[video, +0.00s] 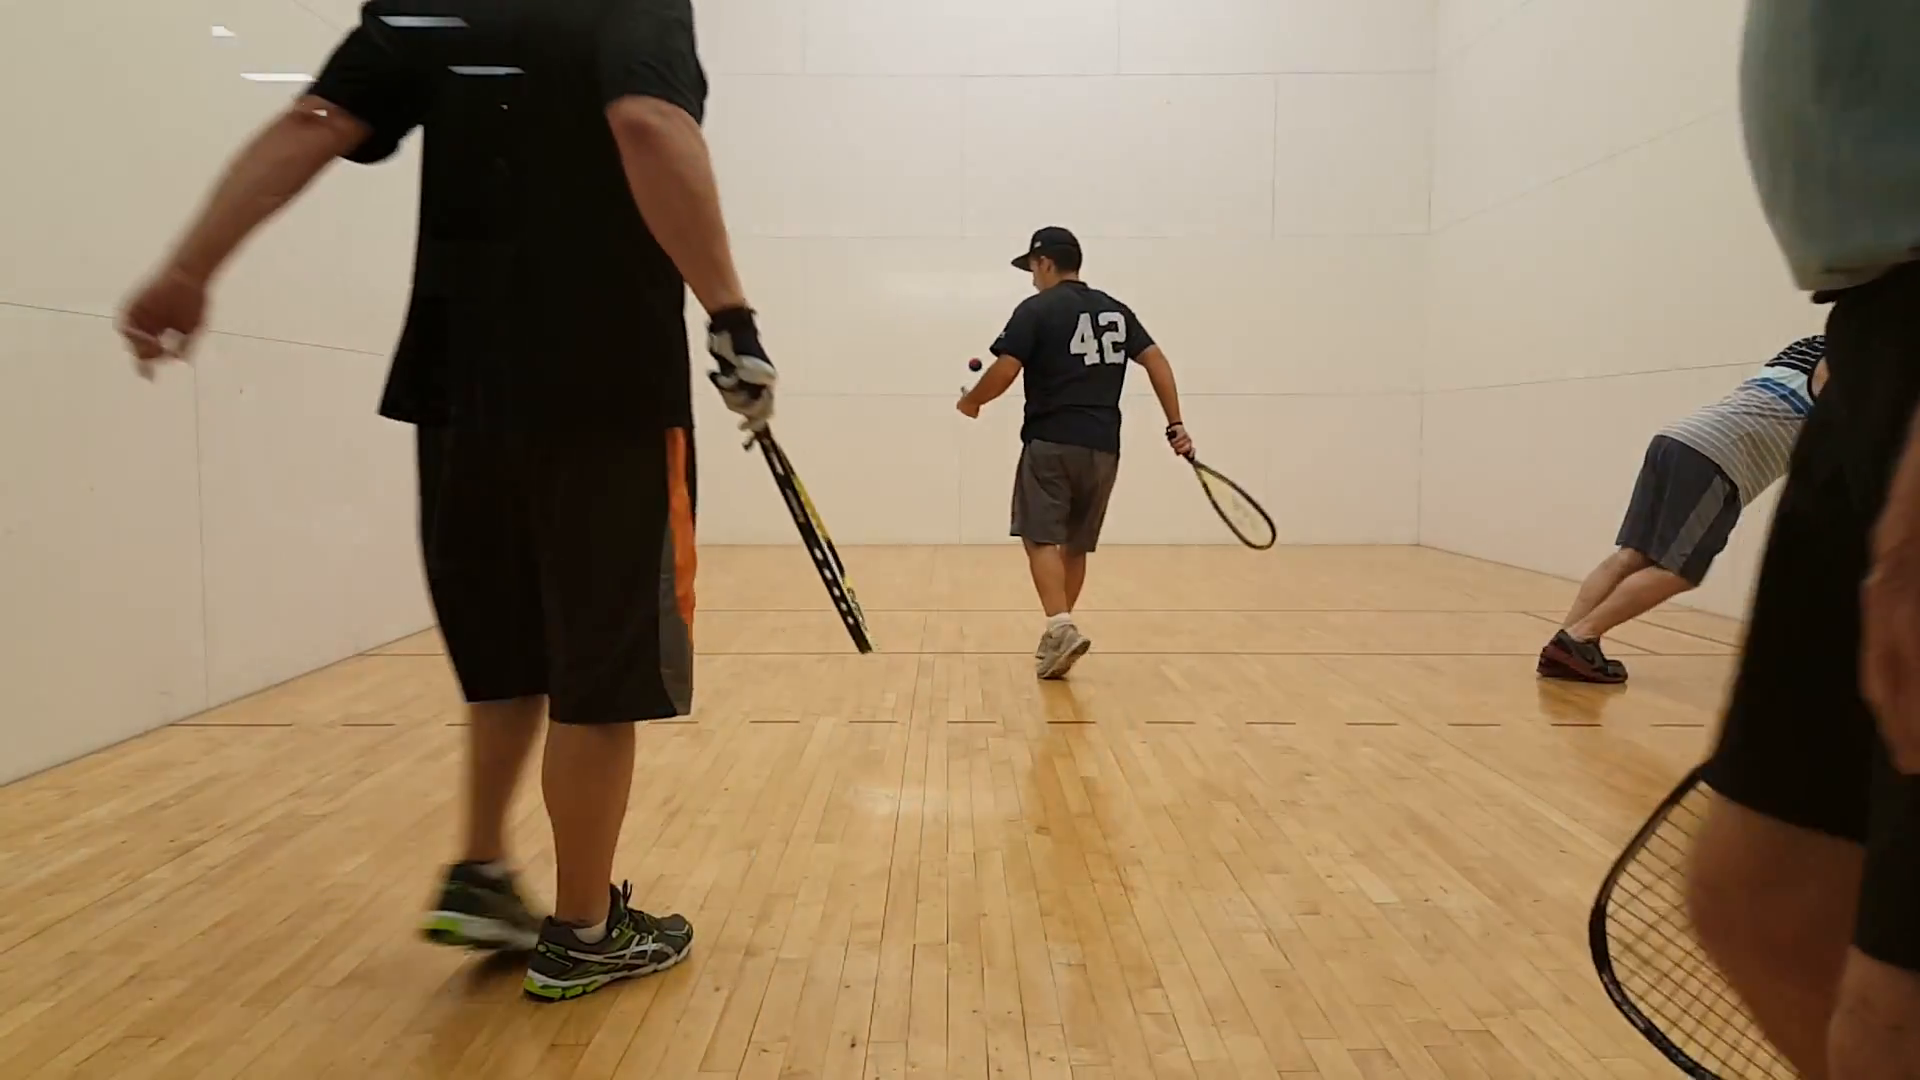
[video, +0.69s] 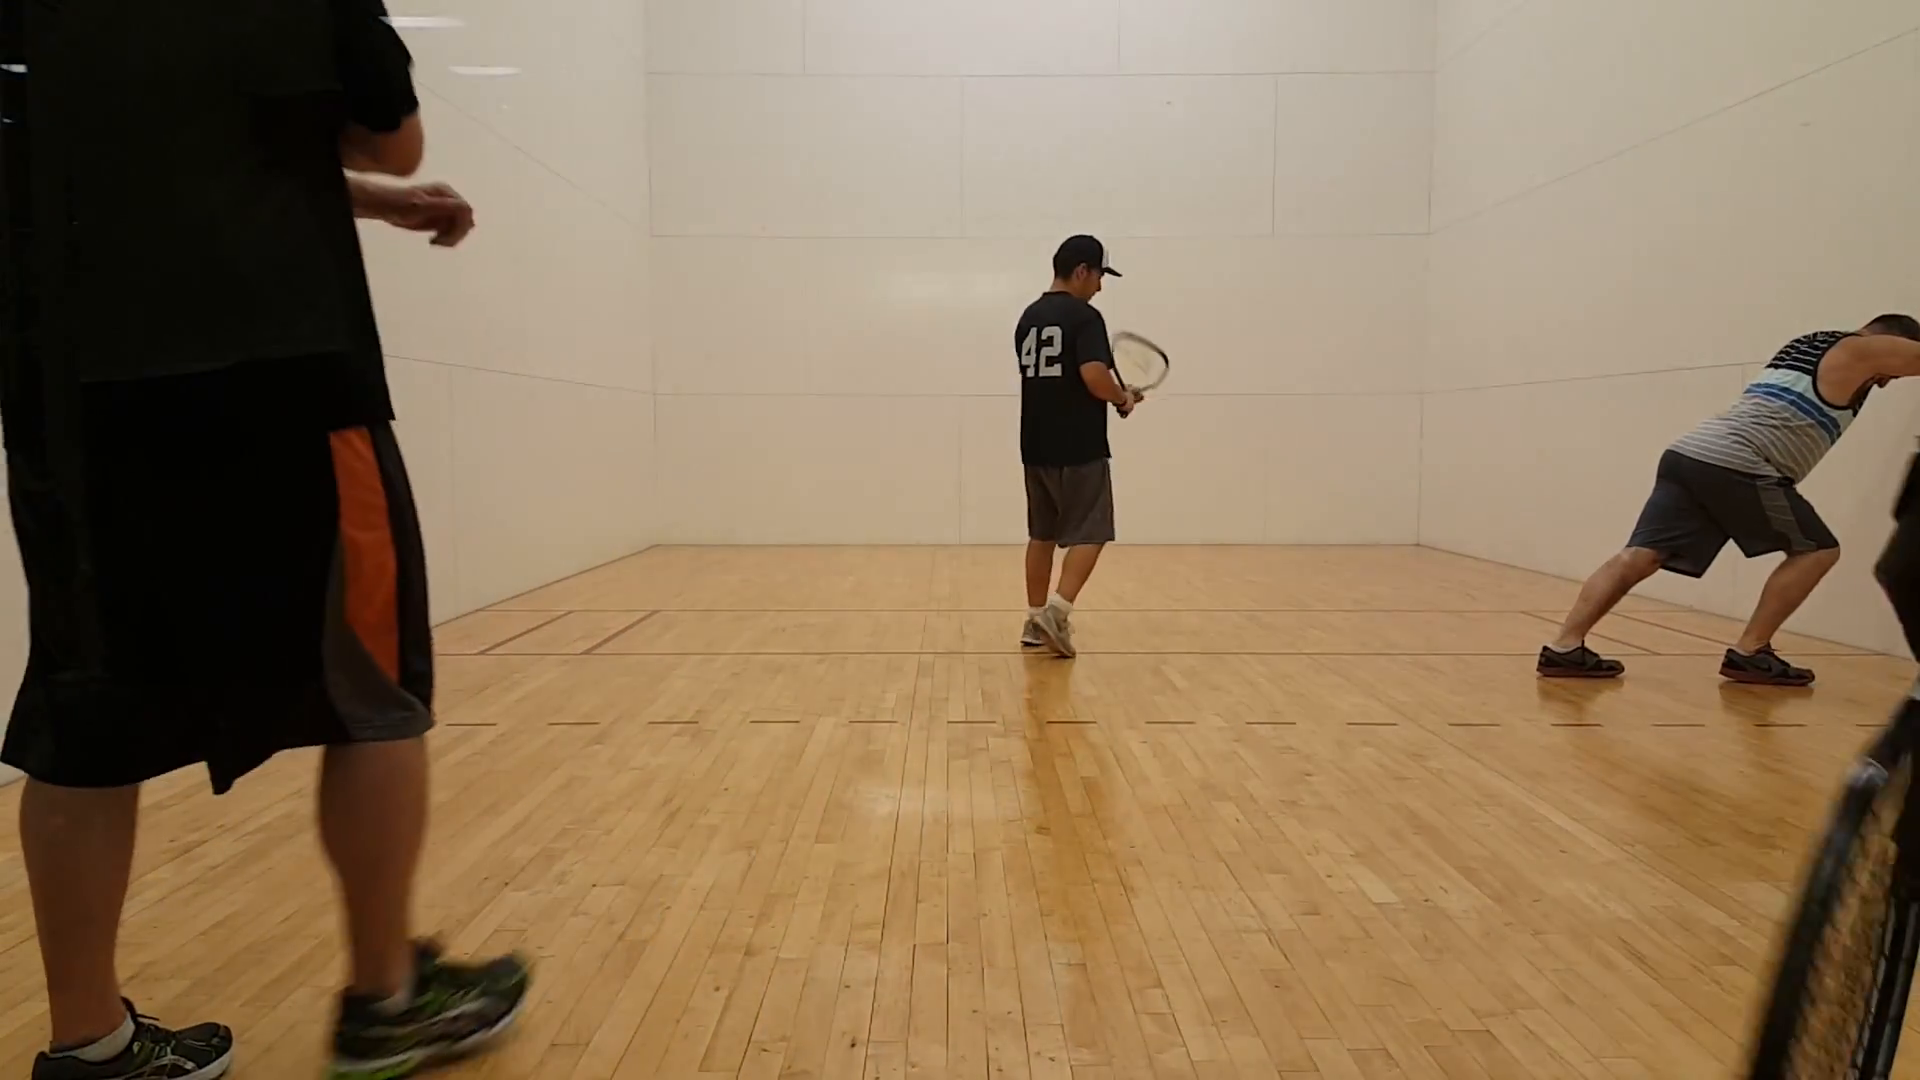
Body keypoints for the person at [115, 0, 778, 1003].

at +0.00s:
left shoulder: (430, 3)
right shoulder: (641, 4)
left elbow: (318, 121)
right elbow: (647, 122)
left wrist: (189, 266)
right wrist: (733, 316)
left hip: (462, 386)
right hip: (603, 388)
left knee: (507, 643)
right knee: (602, 667)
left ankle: (480, 869)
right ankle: (587, 928)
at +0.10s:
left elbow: (256, 87)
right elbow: (584, 84)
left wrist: (110, 225)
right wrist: (677, 278)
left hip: (414, 374)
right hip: (569, 376)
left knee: (428, 641)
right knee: (590, 656)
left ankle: (347, 870)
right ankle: (585, 926)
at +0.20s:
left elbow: (179, 75)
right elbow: (526, 64)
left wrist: (56, 221)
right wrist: (640, 261)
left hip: (363, 364)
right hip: (524, 371)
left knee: (340, 636)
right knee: (564, 641)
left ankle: (215, 899)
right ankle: (583, 925)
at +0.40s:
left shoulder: (174, 2)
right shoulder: (432, 3)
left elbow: (79, 188)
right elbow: (525, 170)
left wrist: (156, 298)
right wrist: (617, 290)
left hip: (222, 402)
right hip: (411, 404)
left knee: (168, 706)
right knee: (489, 669)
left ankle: (102, 1026)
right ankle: (566, 922)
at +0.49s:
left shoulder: (112, 14)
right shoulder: (389, 2)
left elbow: (80, 153)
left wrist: (155, 231)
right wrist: (517, 220)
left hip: (149, 378)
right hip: (345, 373)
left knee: (125, 707)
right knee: (437, 664)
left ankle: (91, 1034)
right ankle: (550, 919)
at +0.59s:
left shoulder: (52, 10)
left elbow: (119, 164)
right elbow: (444, 187)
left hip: (94, 354)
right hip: (302, 351)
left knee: (105, 700)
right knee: (408, 659)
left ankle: (90, 1035)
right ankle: (486, 936)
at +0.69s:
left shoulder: (43, 18)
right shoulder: (316, 7)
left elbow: (119, 167)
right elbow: (391, 142)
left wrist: (370, 198)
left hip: (62, 354)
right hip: (278, 345)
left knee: (83, 701)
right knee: (374, 679)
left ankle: (86, 1035)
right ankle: (385, 988)